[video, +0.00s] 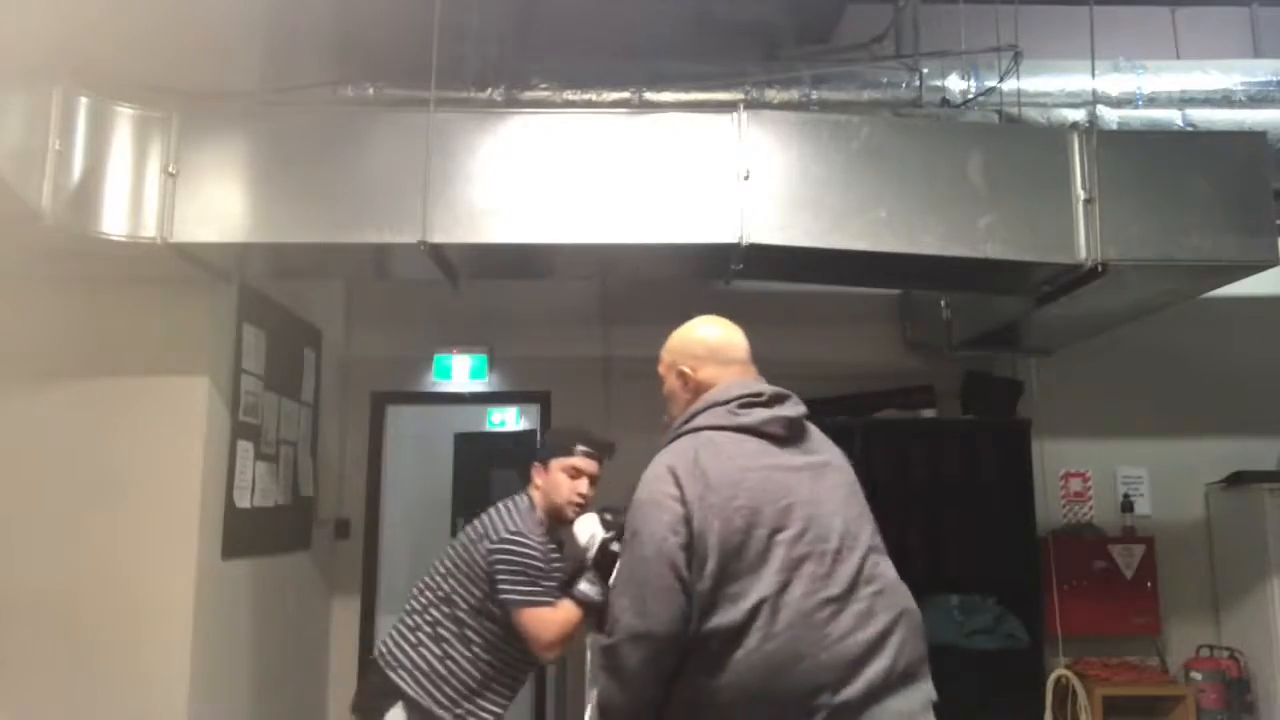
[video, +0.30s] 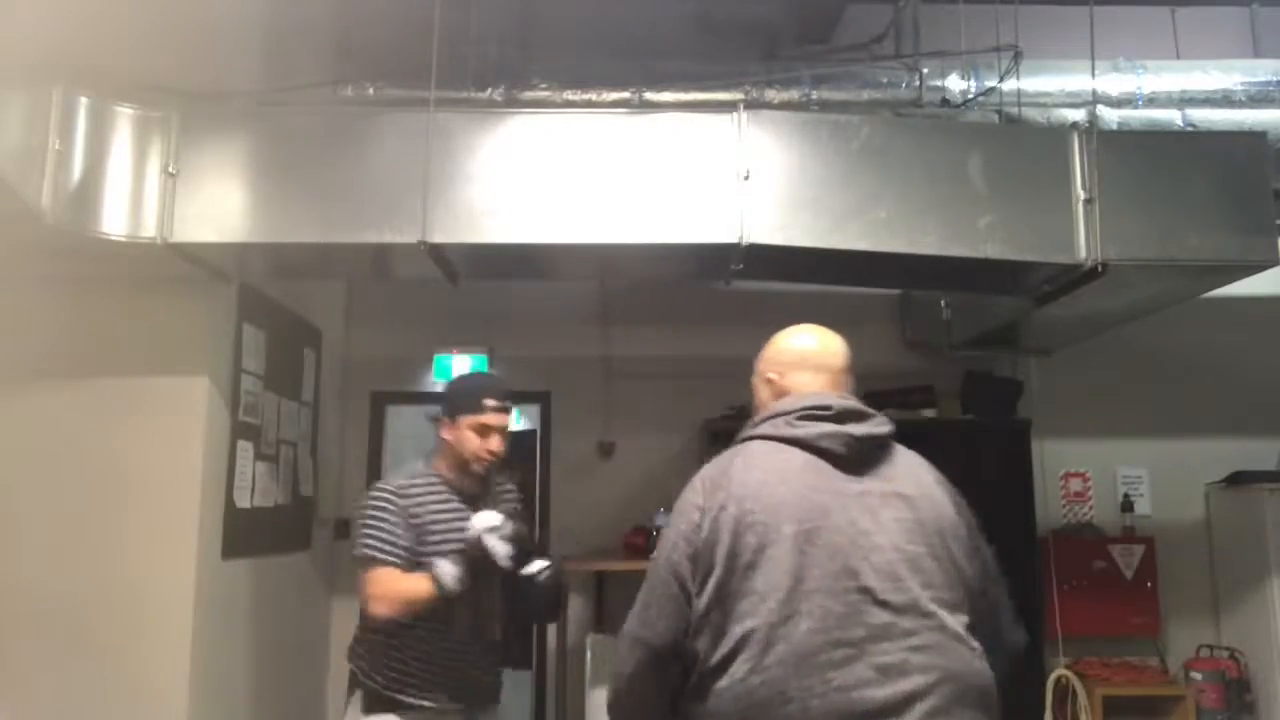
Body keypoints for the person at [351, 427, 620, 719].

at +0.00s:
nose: (585, 489)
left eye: (592, 480)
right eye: (573, 474)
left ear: (598, 485)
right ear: (539, 472)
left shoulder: (549, 534)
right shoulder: (517, 534)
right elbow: (546, 640)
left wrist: (598, 566)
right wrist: (593, 580)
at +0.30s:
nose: (497, 447)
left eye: (502, 433)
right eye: (482, 431)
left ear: (509, 433)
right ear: (447, 429)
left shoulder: (504, 496)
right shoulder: (394, 496)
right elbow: (380, 599)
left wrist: (539, 582)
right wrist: (465, 565)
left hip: (476, 694)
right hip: (401, 698)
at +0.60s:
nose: (483, 453)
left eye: (495, 443)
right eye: (474, 439)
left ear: (506, 438)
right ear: (440, 421)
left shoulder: (510, 478)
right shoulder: (381, 478)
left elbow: (549, 559)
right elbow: (377, 564)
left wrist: (567, 529)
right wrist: (447, 510)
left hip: (485, 695)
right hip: (393, 697)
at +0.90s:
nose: (570, 461)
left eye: (583, 450)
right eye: (561, 444)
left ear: (594, 445)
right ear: (532, 423)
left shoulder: (606, 484)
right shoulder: (470, 478)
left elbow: (621, 582)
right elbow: (432, 573)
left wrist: (609, 539)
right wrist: (487, 558)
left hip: (570, 697)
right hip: (478, 693)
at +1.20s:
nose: (590, 442)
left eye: (603, 430)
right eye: (580, 426)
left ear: (614, 427)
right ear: (554, 409)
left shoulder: (629, 470)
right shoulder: (506, 464)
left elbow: (659, 547)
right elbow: (468, 559)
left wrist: (615, 503)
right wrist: (514, 526)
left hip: (601, 669)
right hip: (522, 671)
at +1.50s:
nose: (575, 453)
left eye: (588, 441)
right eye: (564, 440)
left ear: (603, 435)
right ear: (544, 431)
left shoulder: (638, 479)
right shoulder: (515, 489)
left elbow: (671, 553)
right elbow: (493, 583)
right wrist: (527, 539)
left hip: (626, 674)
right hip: (550, 680)